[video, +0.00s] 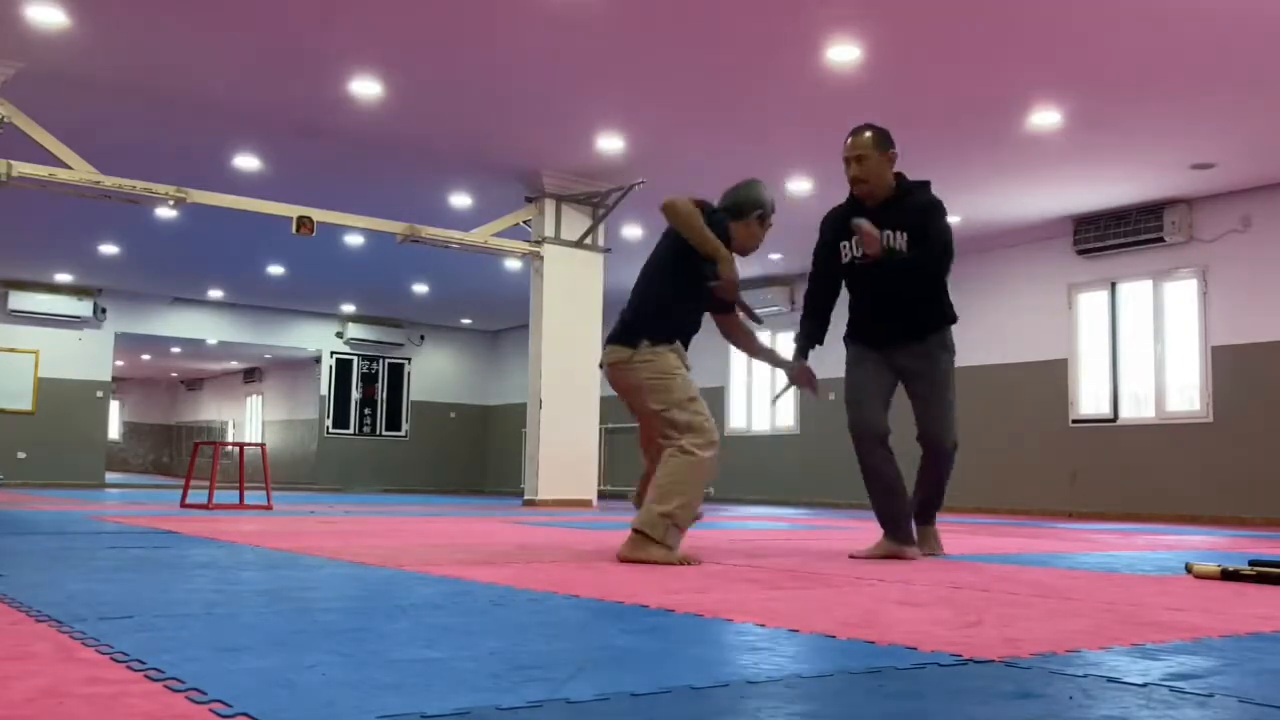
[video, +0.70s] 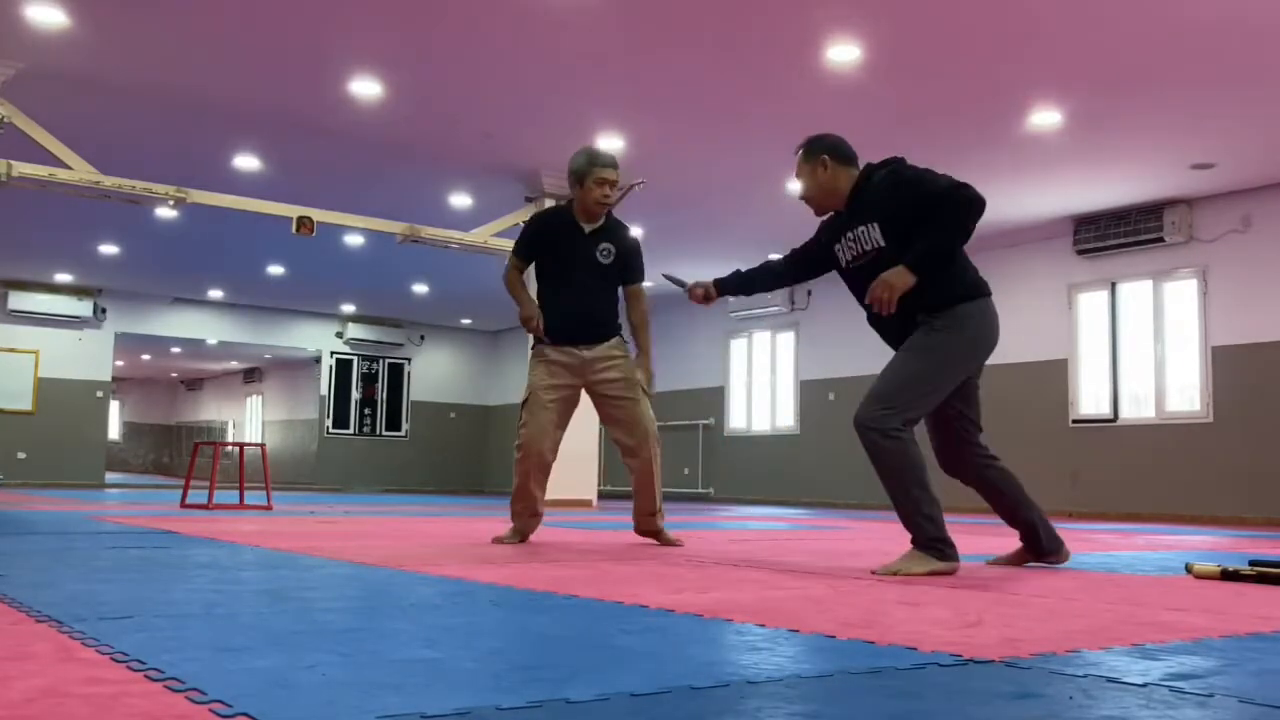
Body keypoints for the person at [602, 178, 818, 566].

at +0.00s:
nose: (763, 238)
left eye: (766, 229)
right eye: (764, 227)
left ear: (739, 217)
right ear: (750, 218)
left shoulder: (711, 262)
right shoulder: (709, 220)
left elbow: (735, 331)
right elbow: (673, 207)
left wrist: (787, 365)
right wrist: (723, 257)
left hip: (637, 353)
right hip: (645, 352)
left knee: (665, 446)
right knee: (699, 439)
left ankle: (653, 537)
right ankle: (650, 540)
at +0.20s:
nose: (730, 221)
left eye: (732, 212)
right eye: (726, 210)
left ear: (704, 208)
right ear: (701, 205)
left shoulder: (690, 252)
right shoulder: (672, 230)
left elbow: (656, 313)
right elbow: (683, 280)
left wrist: (683, 353)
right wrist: (721, 327)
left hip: (659, 361)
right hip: (622, 355)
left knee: (706, 436)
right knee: (637, 433)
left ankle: (684, 528)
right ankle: (569, 520)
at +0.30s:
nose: (693, 207)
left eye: (695, 200)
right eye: (687, 198)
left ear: (677, 201)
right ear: (661, 196)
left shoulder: (663, 240)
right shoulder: (638, 229)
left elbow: (642, 299)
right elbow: (622, 285)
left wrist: (669, 328)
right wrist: (659, 339)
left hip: (652, 368)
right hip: (612, 368)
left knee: (703, 435)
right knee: (593, 457)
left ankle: (684, 529)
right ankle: (528, 512)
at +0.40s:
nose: (657, 202)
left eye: (660, 195)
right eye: (650, 193)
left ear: (656, 200)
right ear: (621, 194)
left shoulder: (647, 251)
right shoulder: (589, 233)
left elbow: (631, 313)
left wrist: (658, 306)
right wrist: (600, 338)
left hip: (635, 367)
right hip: (585, 368)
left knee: (688, 428)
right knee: (557, 456)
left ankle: (682, 523)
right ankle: (520, 532)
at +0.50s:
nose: (627, 195)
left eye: (631, 188)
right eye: (619, 187)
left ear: (632, 192)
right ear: (592, 188)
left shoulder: (635, 244)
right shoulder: (558, 233)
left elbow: (661, 305)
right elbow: (522, 283)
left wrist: (665, 267)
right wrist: (551, 316)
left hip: (618, 361)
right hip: (565, 363)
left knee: (666, 430)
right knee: (545, 449)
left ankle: (658, 518)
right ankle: (521, 528)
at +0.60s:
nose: (612, 193)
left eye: (617, 186)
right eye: (604, 184)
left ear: (621, 191)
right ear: (578, 185)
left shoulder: (626, 239)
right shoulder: (546, 230)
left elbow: (658, 289)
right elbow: (512, 278)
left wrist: (678, 287)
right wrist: (532, 305)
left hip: (612, 359)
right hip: (557, 359)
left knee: (648, 436)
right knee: (537, 445)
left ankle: (641, 522)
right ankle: (522, 526)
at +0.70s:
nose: (609, 194)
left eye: (614, 186)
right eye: (601, 184)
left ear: (618, 190)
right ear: (576, 184)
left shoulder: (622, 238)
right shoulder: (543, 225)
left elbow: (635, 299)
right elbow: (512, 273)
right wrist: (526, 305)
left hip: (608, 355)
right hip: (553, 356)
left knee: (644, 436)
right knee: (534, 442)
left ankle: (649, 521)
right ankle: (522, 525)